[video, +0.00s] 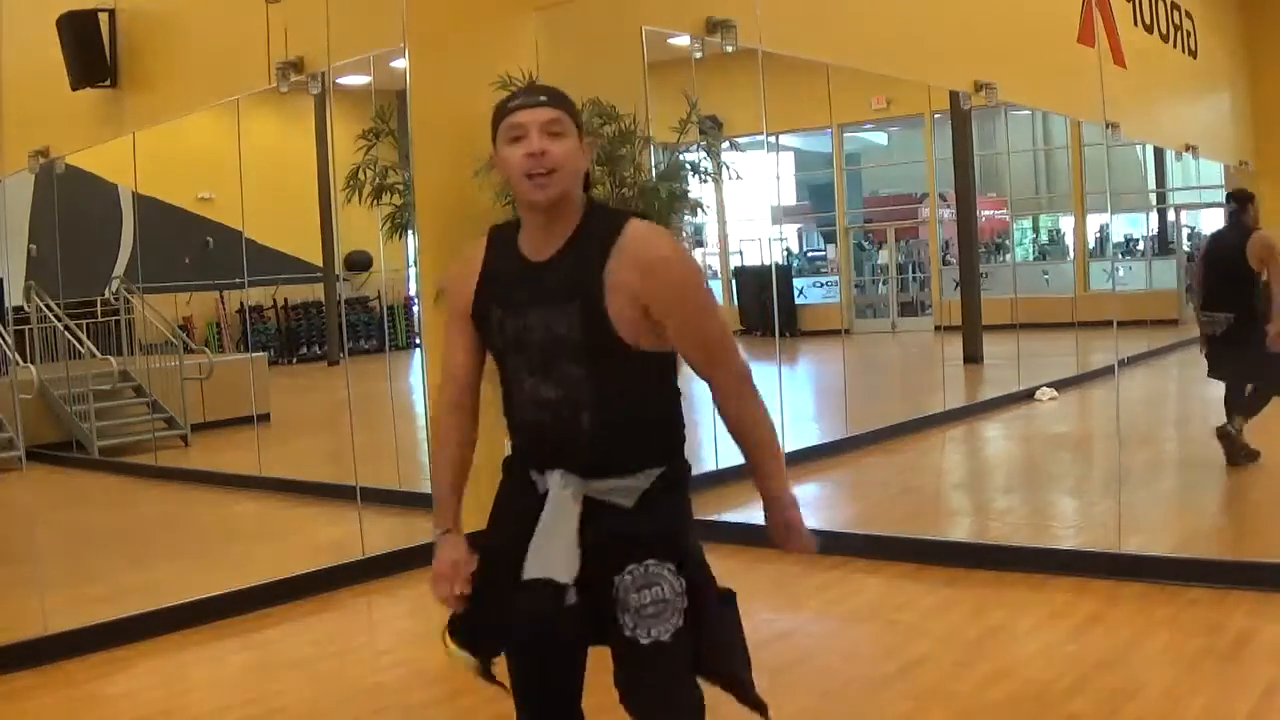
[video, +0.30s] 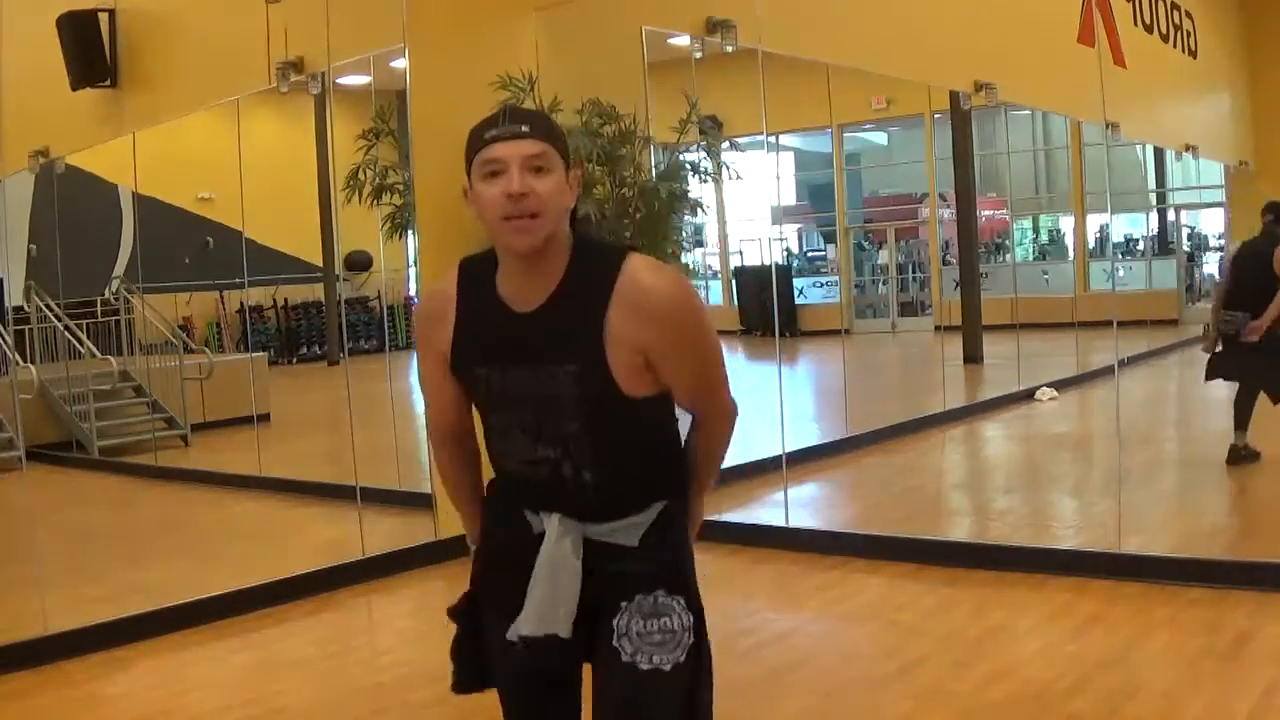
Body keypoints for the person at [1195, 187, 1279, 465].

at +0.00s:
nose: (1257, 214)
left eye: (1255, 208)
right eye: (1256, 209)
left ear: (1230, 210)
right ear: (1249, 208)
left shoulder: (1212, 241)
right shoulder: (1262, 242)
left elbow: (1202, 289)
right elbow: (1274, 288)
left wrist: (1203, 332)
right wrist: (1274, 323)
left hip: (1217, 324)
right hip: (1248, 324)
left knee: (1234, 380)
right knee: (1271, 379)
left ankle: (1236, 446)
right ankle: (1235, 424)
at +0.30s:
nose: (1275, 226)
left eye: (1271, 219)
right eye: (1277, 221)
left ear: (1264, 220)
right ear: (1278, 223)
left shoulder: (1244, 249)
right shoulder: (1276, 251)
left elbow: (1225, 291)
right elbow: (1279, 293)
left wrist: (1214, 328)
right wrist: (1263, 322)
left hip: (1241, 331)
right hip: (1267, 333)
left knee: (1248, 385)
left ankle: (1238, 443)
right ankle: (1238, 443)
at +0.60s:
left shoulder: (1275, 256)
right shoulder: (1275, 257)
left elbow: (1261, 301)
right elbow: (1262, 301)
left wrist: (1253, 336)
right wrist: (1253, 337)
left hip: (1268, 335)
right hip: (1272, 335)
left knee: (1270, 383)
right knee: (1270, 383)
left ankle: (1242, 438)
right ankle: (1242, 438)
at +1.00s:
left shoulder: (1276, 284)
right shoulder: (1276, 284)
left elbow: (1275, 301)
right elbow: (1275, 301)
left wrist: (1274, 331)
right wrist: (1274, 331)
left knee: (1277, 382)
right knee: (1277, 382)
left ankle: (1260, 427)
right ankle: (1260, 427)